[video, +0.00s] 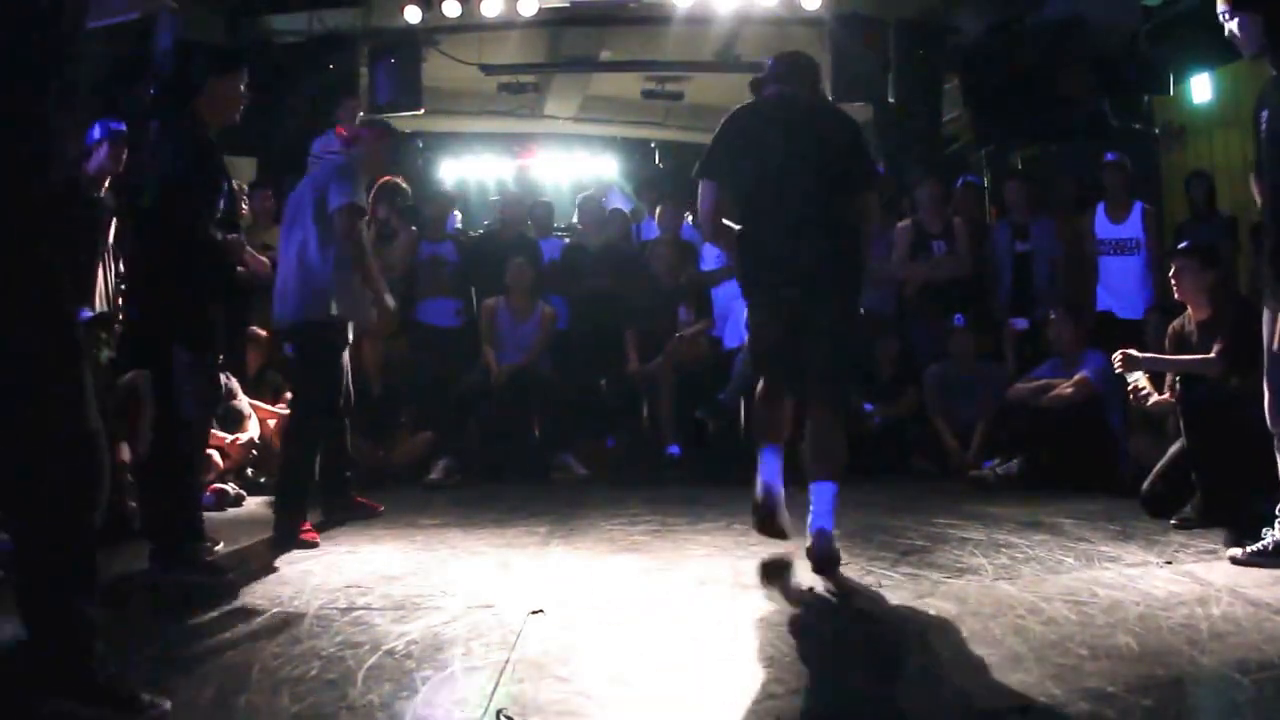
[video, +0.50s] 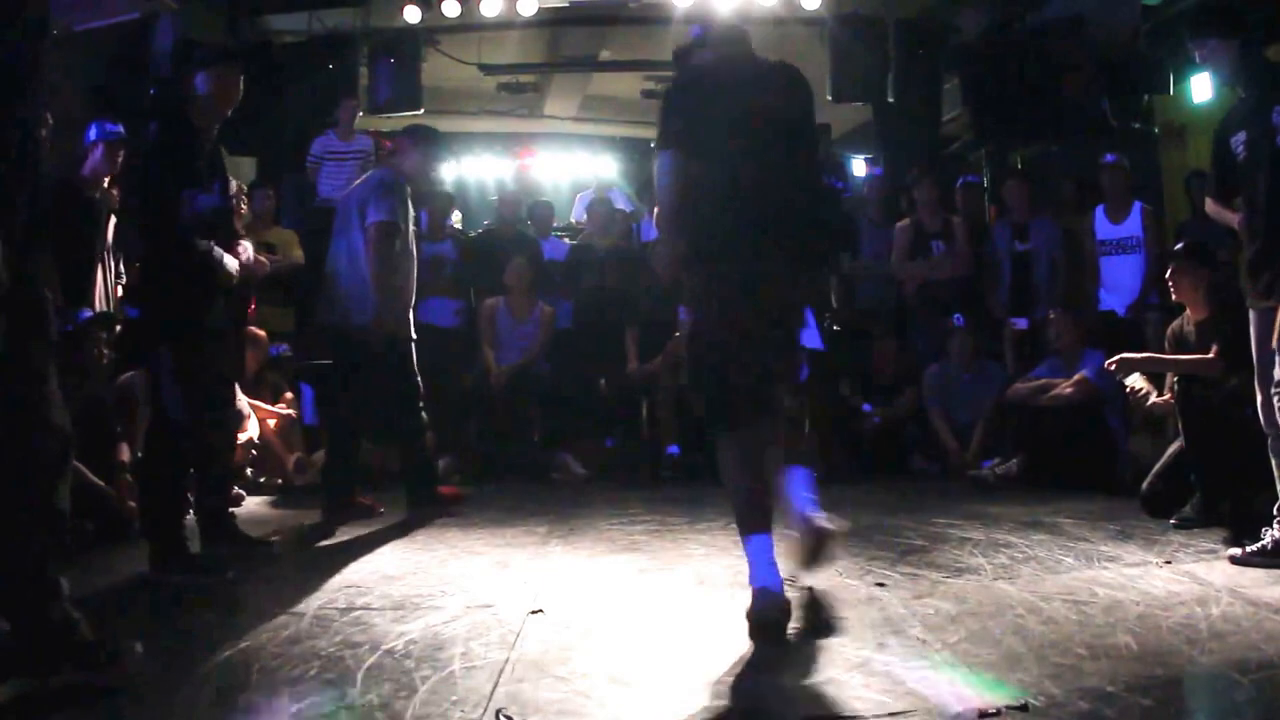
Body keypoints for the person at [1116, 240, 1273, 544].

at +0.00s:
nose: (1172, 277)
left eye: (1182, 270)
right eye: (1172, 270)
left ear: (1209, 276)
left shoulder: (1239, 315)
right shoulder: (1178, 330)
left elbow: (1218, 364)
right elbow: (1176, 396)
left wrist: (1144, 361)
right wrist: (1152, 399)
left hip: (1245, 431)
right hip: (1205, 435)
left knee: (1195, 398)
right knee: (1155, 498)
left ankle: (1208, 503)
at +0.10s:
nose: (1171, 278)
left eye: (1181, 271)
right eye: (1171, 270)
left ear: (1207, 277)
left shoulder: (1235, 315)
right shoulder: (1178, 330)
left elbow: (1218, 364)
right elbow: (1177, 397)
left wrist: (1145, 361)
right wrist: (1153, 403)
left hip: (1244, 430)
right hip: (1205, 434)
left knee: (1192, 391)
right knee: (1155, 498)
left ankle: (1208, 502)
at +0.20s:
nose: (1171, 278)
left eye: (1181, 270)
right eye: (1171, 271)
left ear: (1207, 275)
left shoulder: (1235, 316)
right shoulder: (1177, 330)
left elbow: (1218, 364)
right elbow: (1175, 398)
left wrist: (1145, 360)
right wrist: (1151, 403)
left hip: (1242, 429)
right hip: (1204, 433)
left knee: (1195, 392)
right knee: (1155, 498)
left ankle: (1207, 500)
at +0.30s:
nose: (1170, 277)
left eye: (1179, 270)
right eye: (1170, 270)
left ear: (1205, 276)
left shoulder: (1231, 316)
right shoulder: (1176, 331)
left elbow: (1218, 365)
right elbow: (1176, 397)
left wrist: (1144, 361)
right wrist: (1151, 403)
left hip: (1242, 428)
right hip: (1203, 433)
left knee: (1192, 389)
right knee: (1155, 498)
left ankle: (1208, 499)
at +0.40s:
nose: (1169, 277)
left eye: (1179, 270)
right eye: (1169, 270)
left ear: (1204, 276)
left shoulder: (1232, 316)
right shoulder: (1177, 330)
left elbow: (1217, 364)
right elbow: (1175, 397)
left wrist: (1144, 360)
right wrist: (1149, 402)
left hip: (1242, 430)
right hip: (1204, 433)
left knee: (1192, 390)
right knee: (1155, 498)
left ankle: (1207, 501)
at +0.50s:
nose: (1169, 278)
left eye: (1177, 271)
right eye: (1169, 272)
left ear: (1202, 276)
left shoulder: (1231, 316)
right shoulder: (1176, 331)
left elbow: (1217, 364)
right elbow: (1174, 396)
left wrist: (1142, 361)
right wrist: (1153, 399)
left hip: (1241, 429)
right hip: (1204, 433)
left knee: (1190, 393)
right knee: (1155, 498)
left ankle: (1206, 500)